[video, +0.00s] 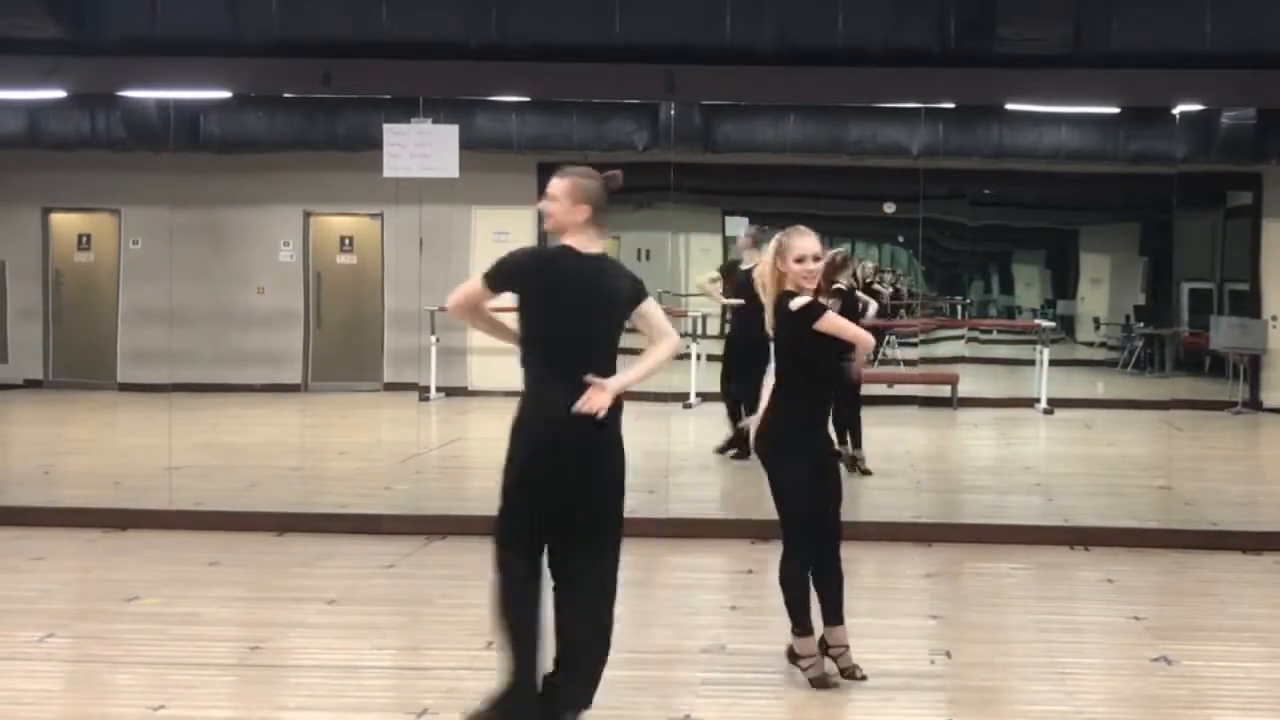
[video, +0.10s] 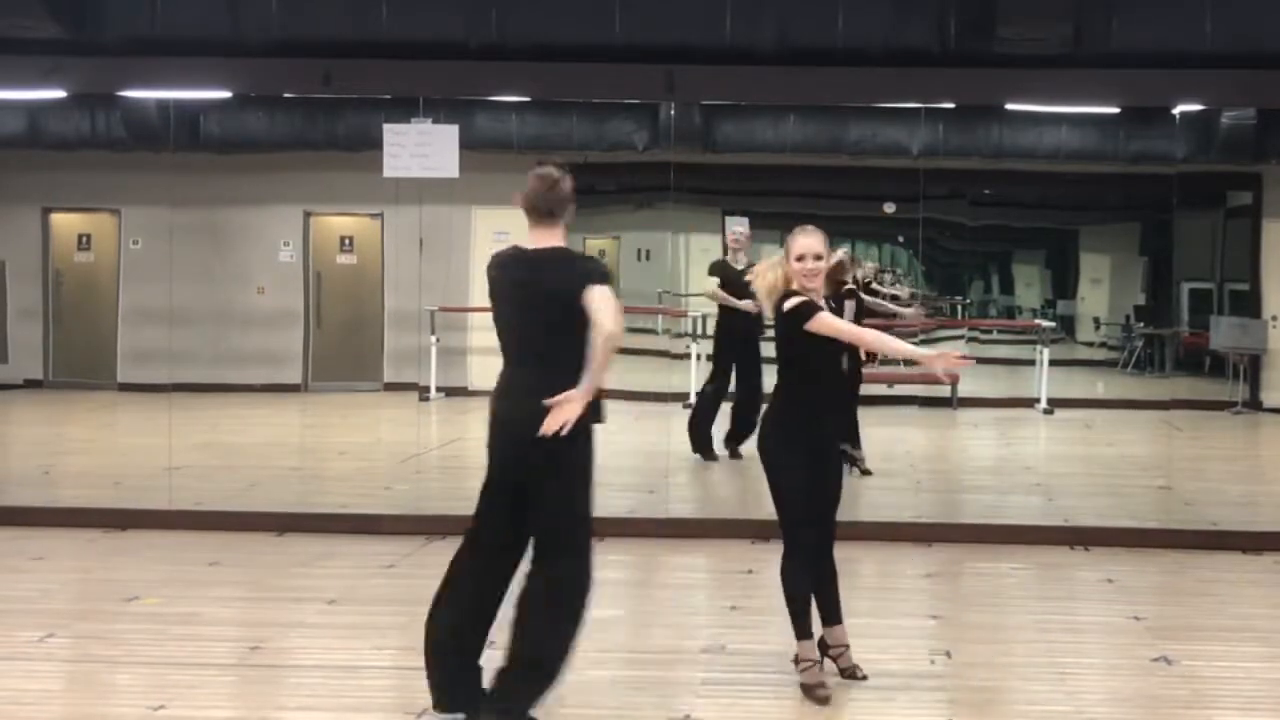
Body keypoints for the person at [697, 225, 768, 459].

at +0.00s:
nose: (739, 242)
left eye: (743, 238)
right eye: (740, 238)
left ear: (752, 242)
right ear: (746, 243)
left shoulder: (767, 269)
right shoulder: (733, 267)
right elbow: (702, 282)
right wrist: (721, 299)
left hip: (758, 334)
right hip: (736, 333)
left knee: (749, 387)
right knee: (729, 385)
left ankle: (746, 439)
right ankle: (736, 433)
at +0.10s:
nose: (735, 237)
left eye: (741, 234)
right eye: (732, 233)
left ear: (748, 241)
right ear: (726, 239)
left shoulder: (756, 270)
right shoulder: (719, 266)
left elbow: (766, 297)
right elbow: (712, 290)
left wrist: (760, 302)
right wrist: (741, 304)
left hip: (749, 335)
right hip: (726, 334)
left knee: (751, 390)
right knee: (718, 384)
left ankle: (734, 438)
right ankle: (699, 437)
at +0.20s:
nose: (742, 243)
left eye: (741, 239)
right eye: (738, 240)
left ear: (729, 243)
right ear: (728, 242)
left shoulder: (730, 268)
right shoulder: (722, 269)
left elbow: (745, 291)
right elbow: (739, 298)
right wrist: (747, 309)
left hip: (725, 333)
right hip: (720, 334)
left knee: (722, 387)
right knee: (717, 387)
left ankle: (705, 441)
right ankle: (701, 443)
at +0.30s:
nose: (724, 252)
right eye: (725, 248)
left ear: (706, 251)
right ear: (724, 249)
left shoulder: (700, 278)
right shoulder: (732, 275)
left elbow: (689, 309)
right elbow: (756, 294)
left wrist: (695, 317)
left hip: (699, 340)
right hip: (723, 341)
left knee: (693, 389)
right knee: (720, 393)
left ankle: (663, 431)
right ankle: (698, 447)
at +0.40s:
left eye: (702, 254)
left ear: (698, 255)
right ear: (718, 253)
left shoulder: (691, 281)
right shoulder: (728, 278)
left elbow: (675, 312)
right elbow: (758, 293)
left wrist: (669, 324)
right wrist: (743, 303)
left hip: (686, 347)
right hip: (711, 349)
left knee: (658, 389)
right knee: (715, 399)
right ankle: (699, 449)